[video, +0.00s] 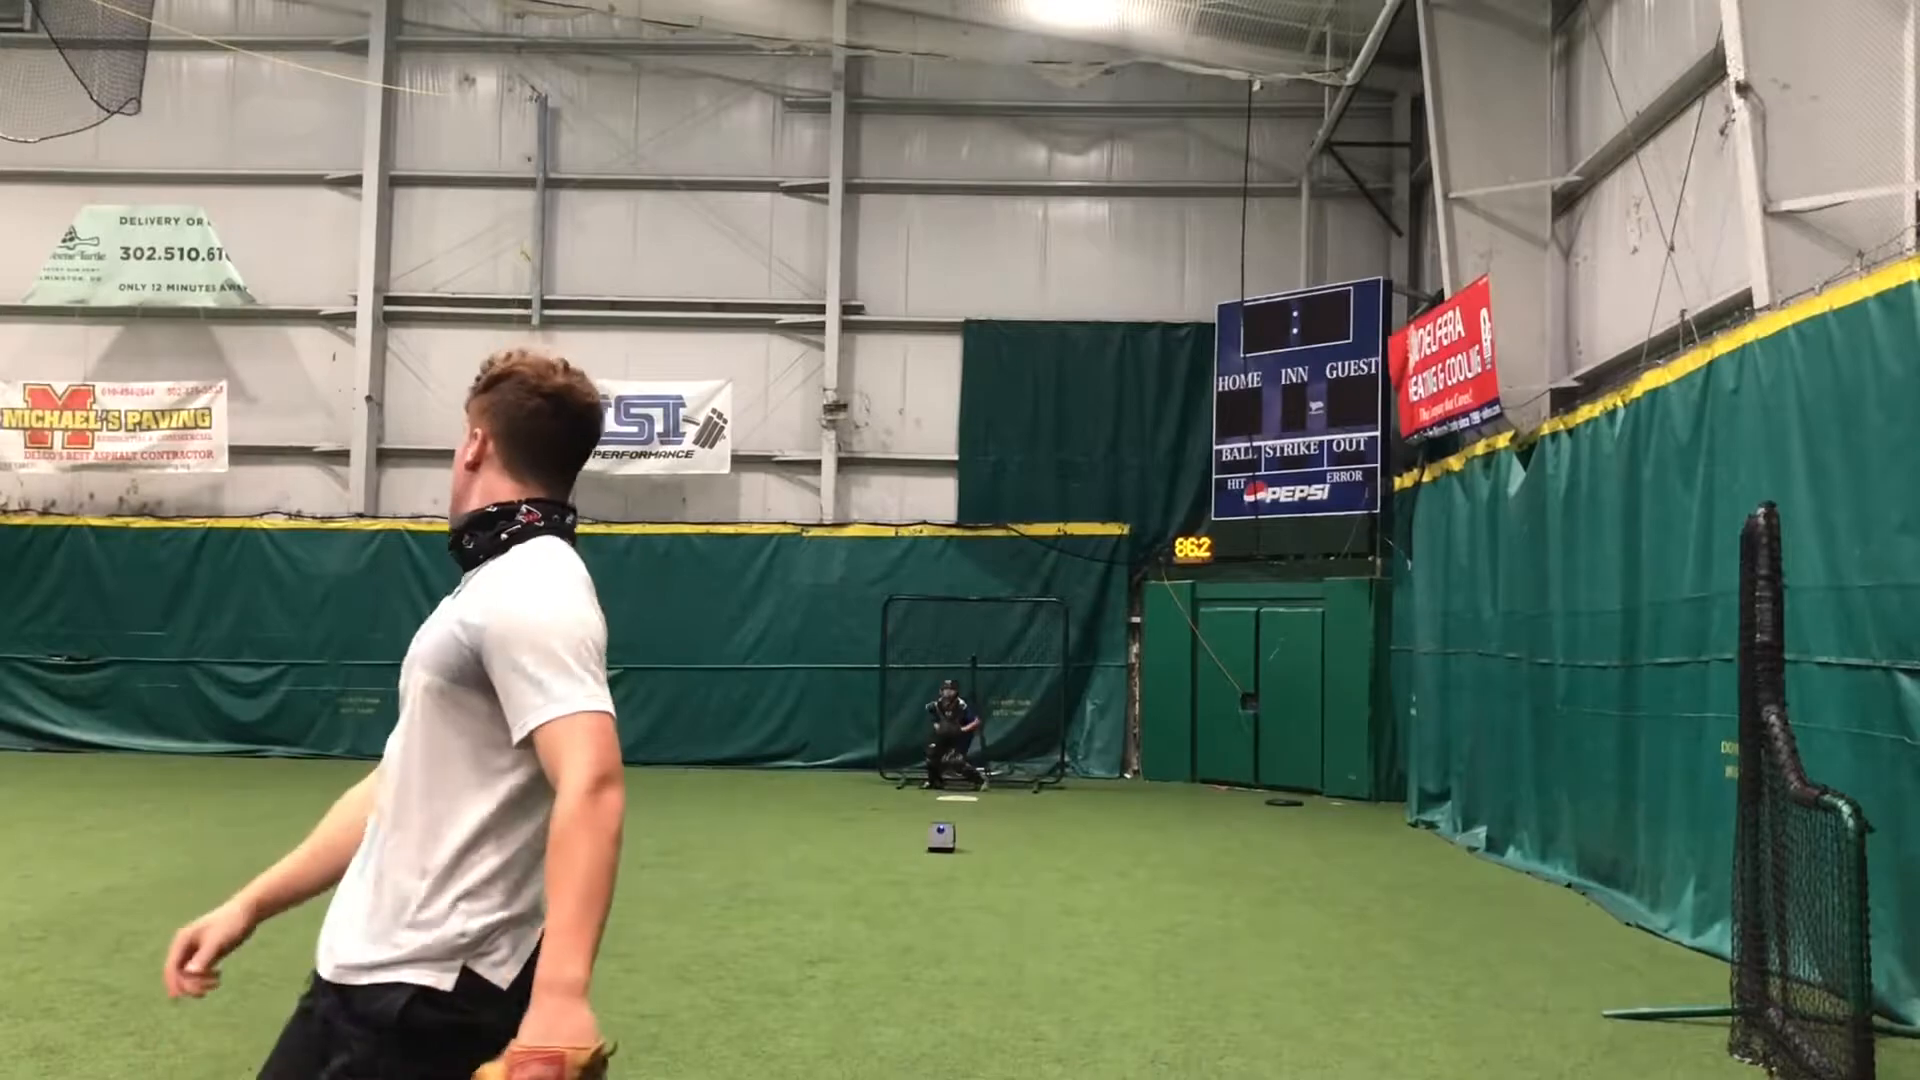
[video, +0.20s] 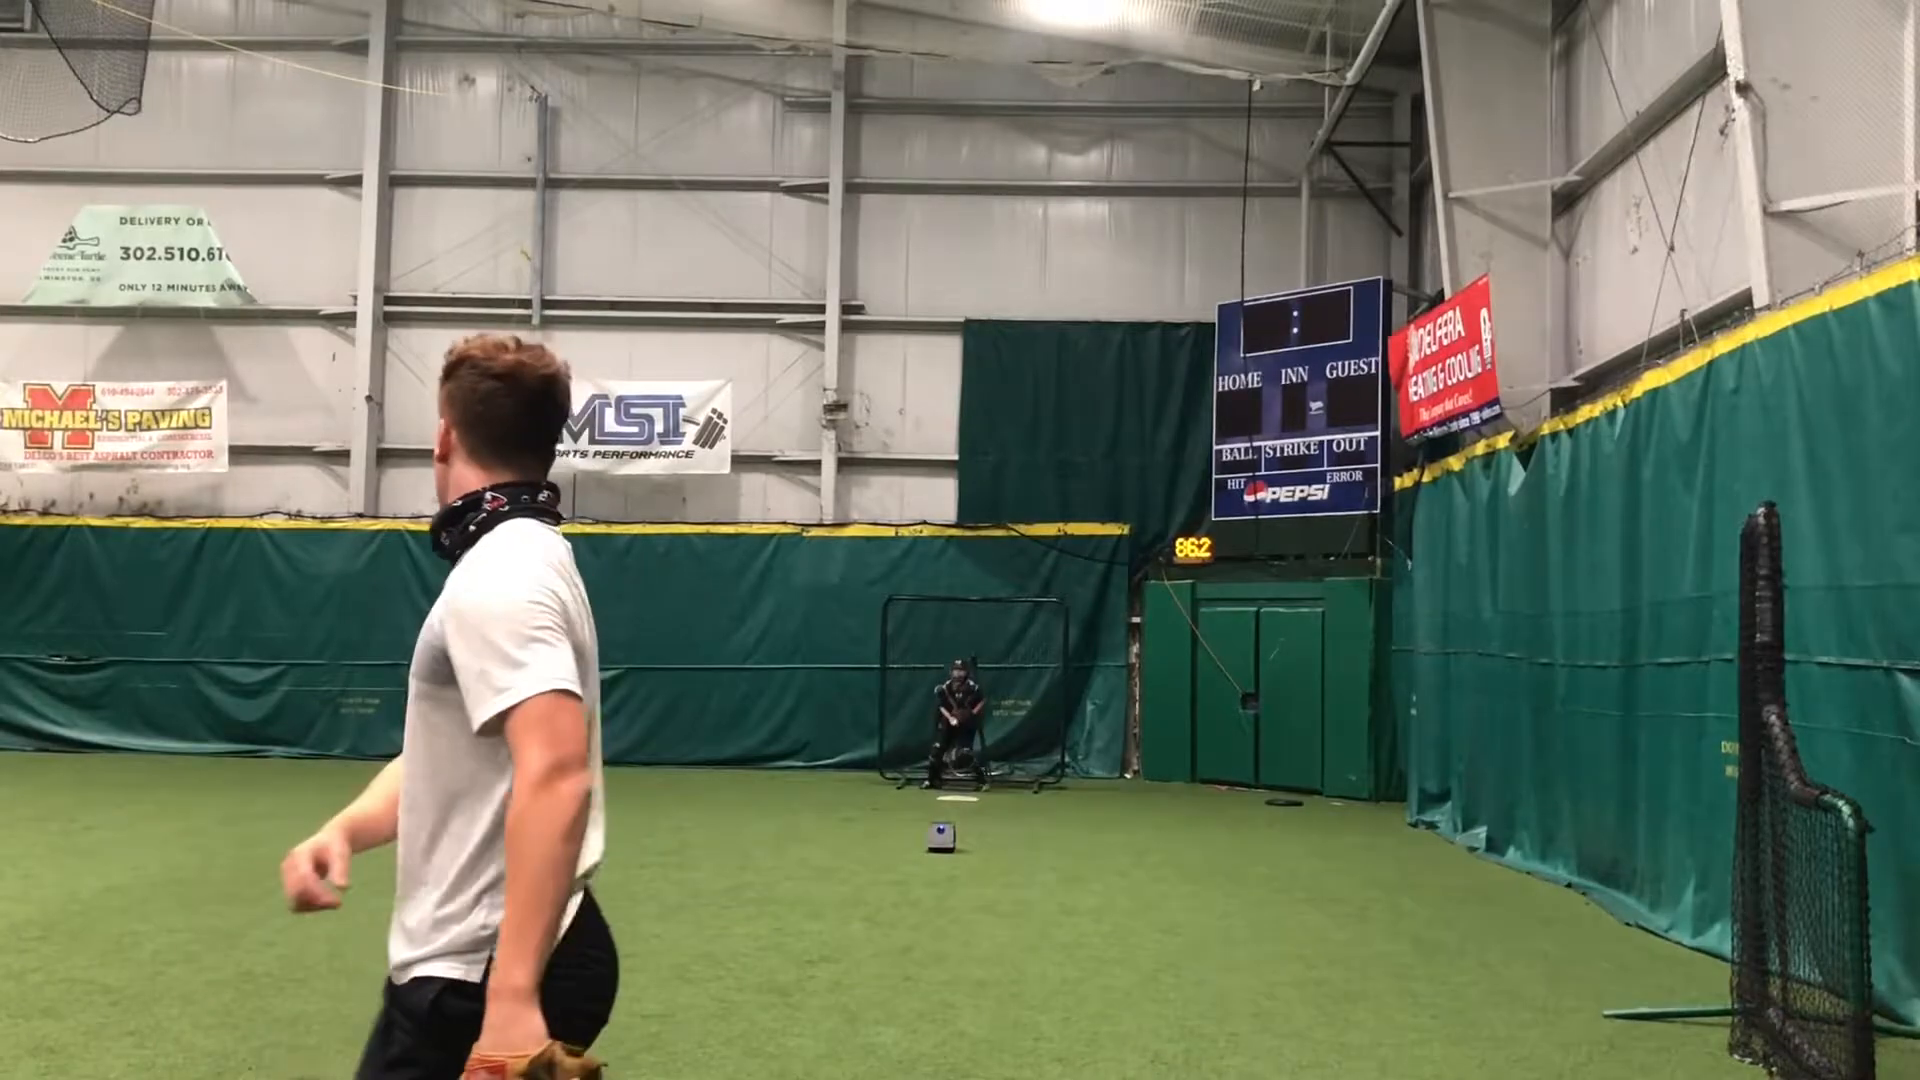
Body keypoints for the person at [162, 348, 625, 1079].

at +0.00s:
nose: (456, 454)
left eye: (461, 435)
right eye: (463, 435)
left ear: (475, 445)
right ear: (564, 469)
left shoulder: (532, 588)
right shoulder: (500, 584)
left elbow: (593, 788)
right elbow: (390, 789)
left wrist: (562, 992)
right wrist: (249, 905)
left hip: (422, 993)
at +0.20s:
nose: (433, 439)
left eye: (435, 420)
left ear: (444, 437)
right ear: (546, 446)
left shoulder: (500, 577)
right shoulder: (535, 559)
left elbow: (556, 775)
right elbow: (451, 752)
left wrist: (514, 993)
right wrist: (343, 831)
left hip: (473, 982)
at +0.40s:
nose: (438, 434)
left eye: (439, 420)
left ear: (447, 437)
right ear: (553, 451)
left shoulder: (455, 580)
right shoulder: (572, 568)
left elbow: (463, 790)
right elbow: (505, 780)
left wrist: (401, 1004)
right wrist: (379, 890)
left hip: (515, 955)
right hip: (601, 930)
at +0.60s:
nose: (448, 442)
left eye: (448, 429)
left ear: (456, 443)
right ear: (569, 454)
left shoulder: (399, 589)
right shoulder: (633, 605)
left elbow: (322, 807)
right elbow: (608, 774)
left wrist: (240, 1000)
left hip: (460, 976)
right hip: (615, 965)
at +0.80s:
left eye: (452, 418)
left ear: (454, 439)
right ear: (569, 454)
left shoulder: (361, 596)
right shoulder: (638, 598)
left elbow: (241, 810)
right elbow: (732, 761)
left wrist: (154, 972)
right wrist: (756, 836)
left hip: (441, 978)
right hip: (609, 966)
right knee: (678, 1066)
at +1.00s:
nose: (576, 462)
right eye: (579, 446)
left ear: (451, 434)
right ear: (571, 449)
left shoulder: (351, 599)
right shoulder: (627, 598)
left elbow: (253, 811)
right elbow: (756, 782)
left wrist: (209, 951)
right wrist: (844, 875)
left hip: (441, 984)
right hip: (608, 976)